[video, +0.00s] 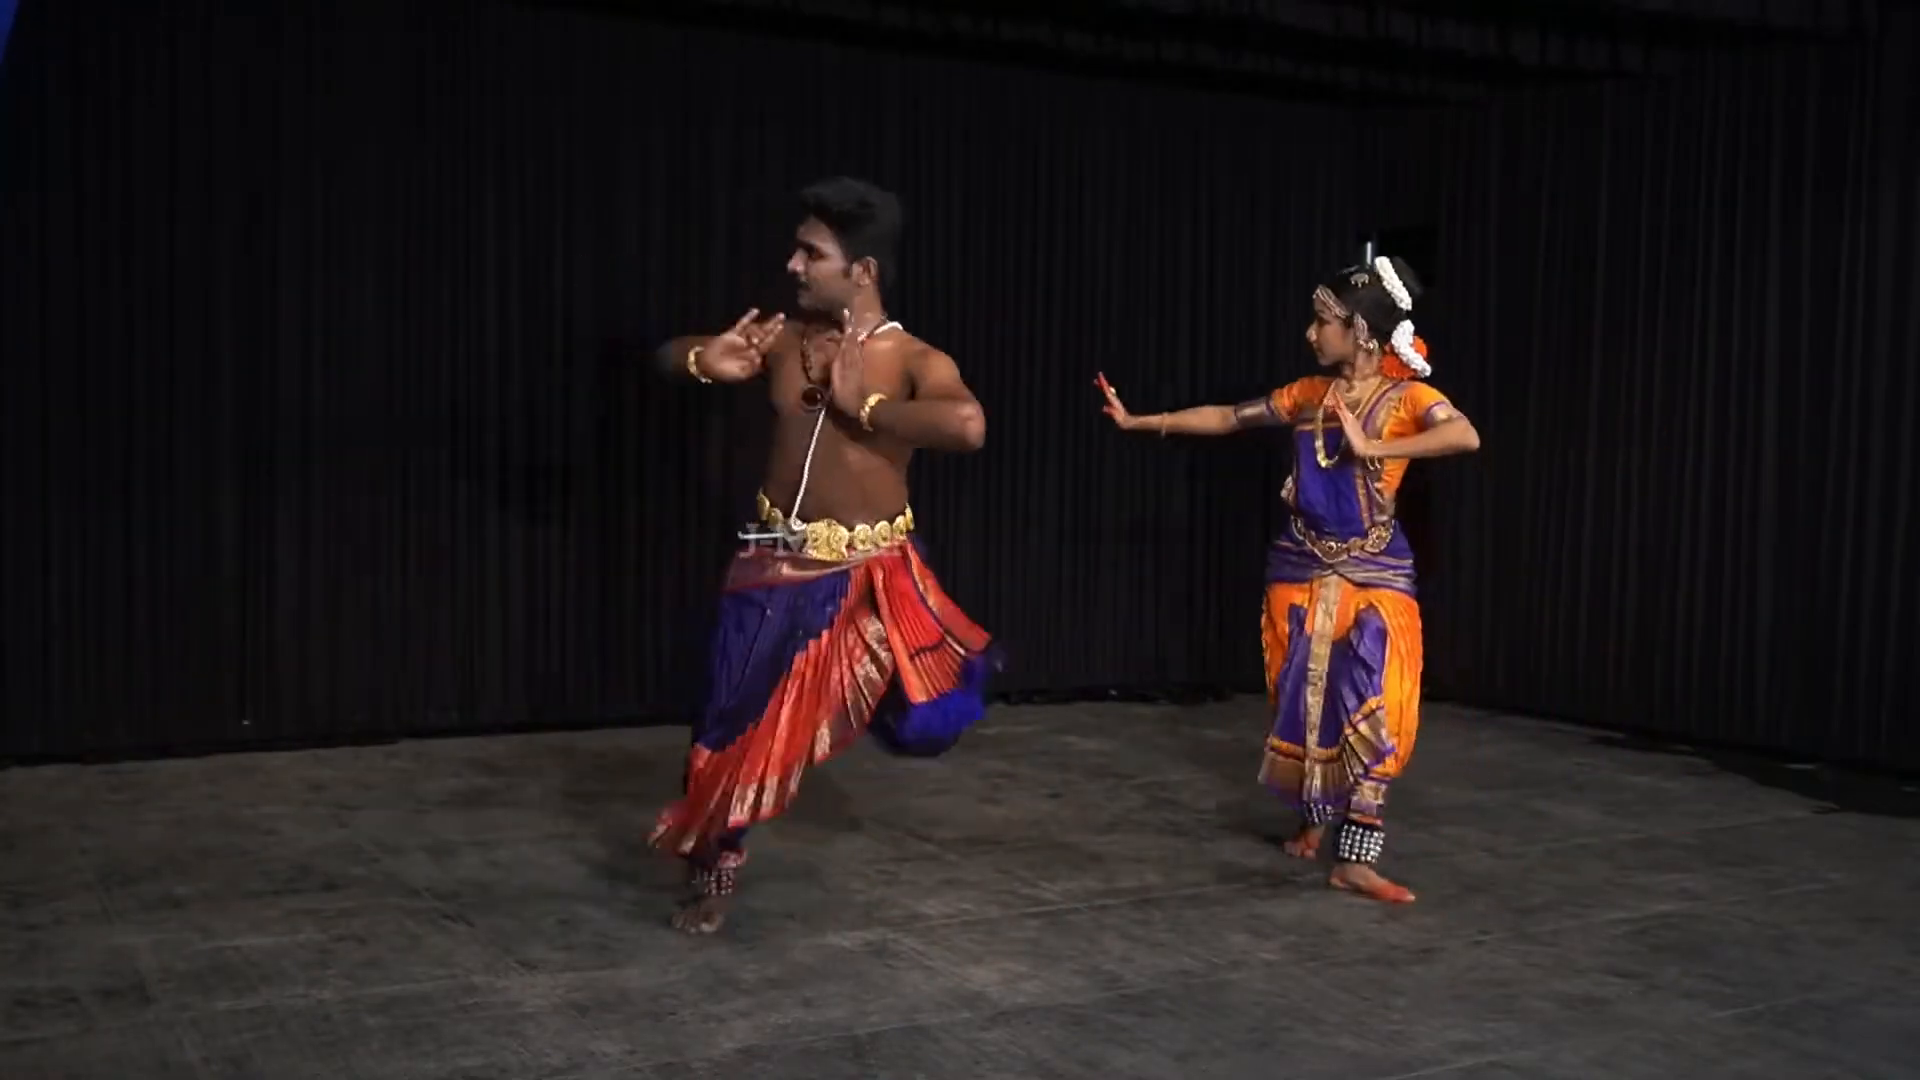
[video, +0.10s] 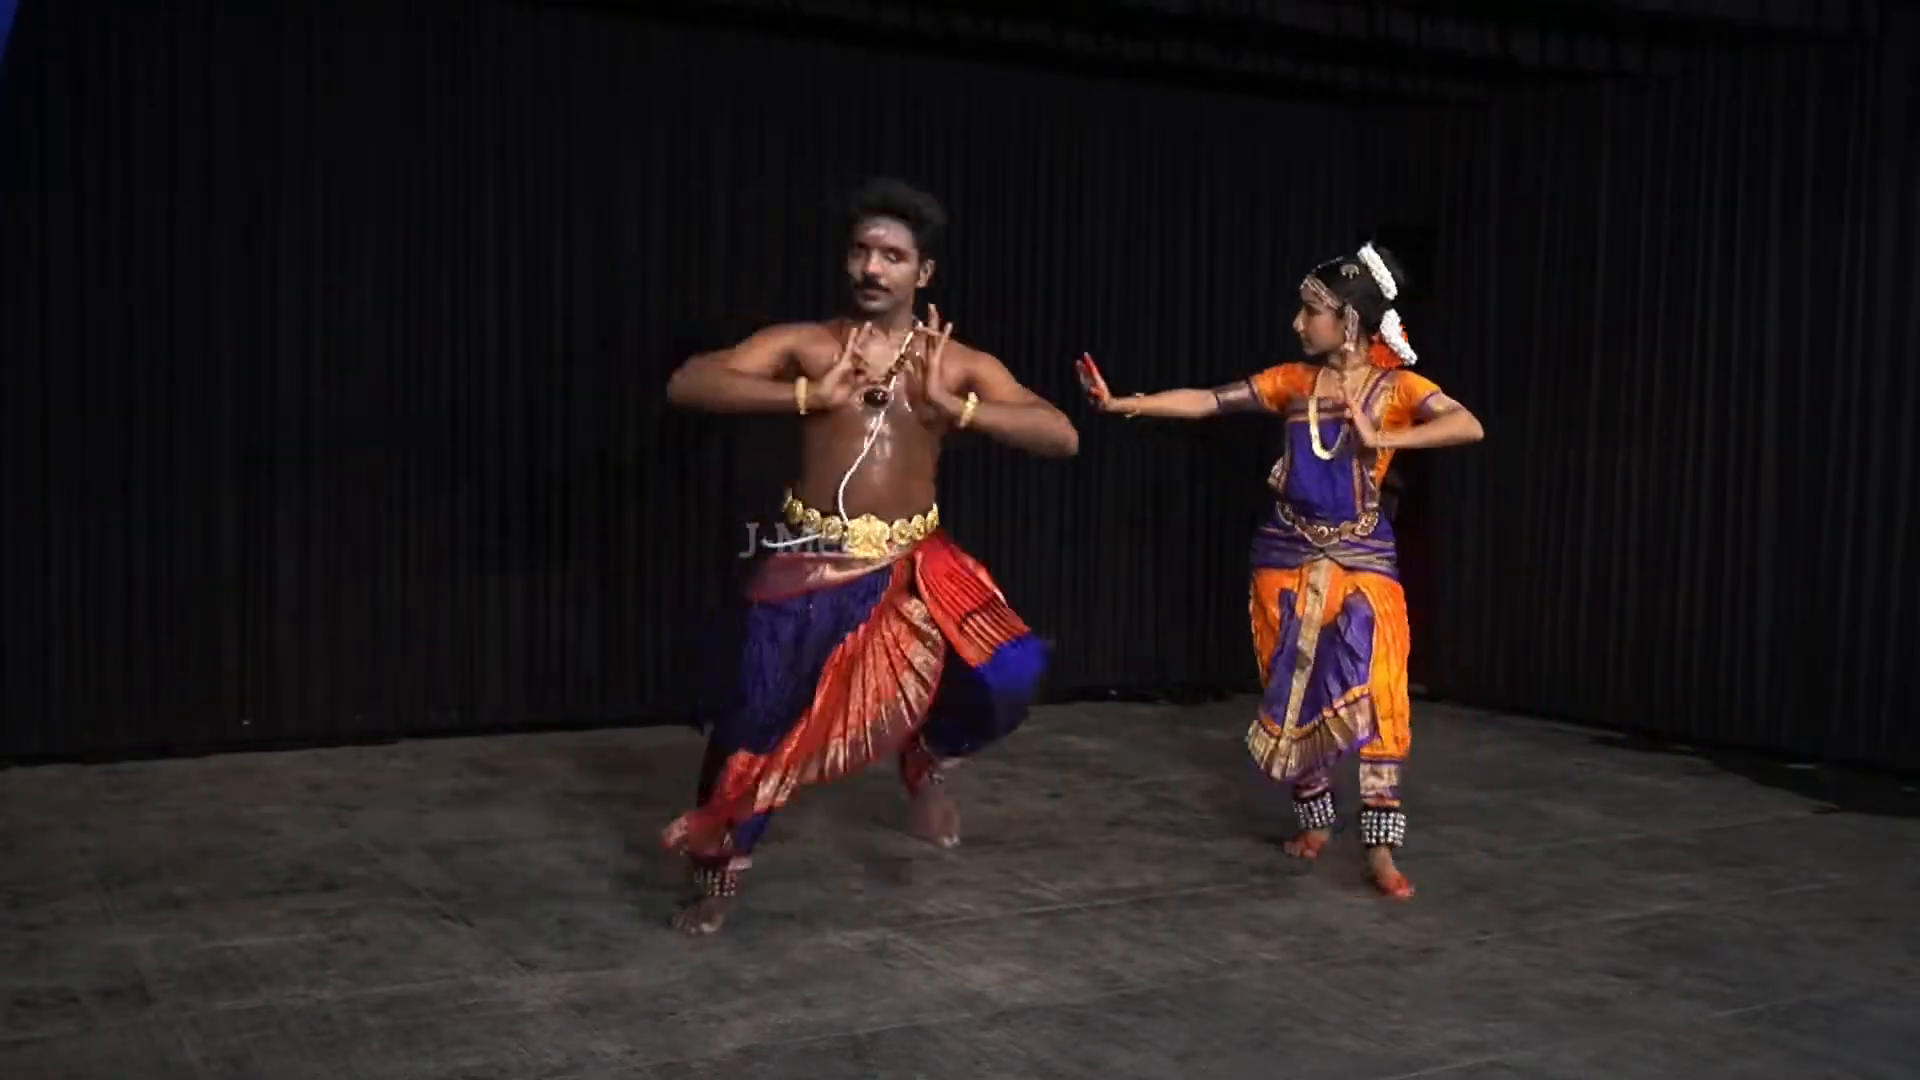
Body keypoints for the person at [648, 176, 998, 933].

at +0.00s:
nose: (794, 263)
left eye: (812, 253)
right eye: (797, 249)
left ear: (862, 270)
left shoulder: (911, 358)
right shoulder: (776, 336)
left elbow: (968, 427)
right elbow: (670, 355)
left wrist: (866, 408)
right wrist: (703, 359)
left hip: (865, 570)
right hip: (772, 560)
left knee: (913, 732)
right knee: (735, 707)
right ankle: (718, 864)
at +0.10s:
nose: (869, 268)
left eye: (890, 256)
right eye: (860, 252)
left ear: (923, 273)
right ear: (846, 261)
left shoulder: (958, 363)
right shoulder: (806, 343)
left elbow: (1063, 437)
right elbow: (688, 384)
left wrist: (963, 412)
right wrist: (806, 395)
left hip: (911, 561)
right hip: (810, 559)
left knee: (1010, 674)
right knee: (758, 715)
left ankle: (927, 760)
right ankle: (721, 867)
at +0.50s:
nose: (1163, 399)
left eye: (1166, 383)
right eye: (1146, 383)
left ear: (1141, 391)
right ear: (1092, 387)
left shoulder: (1126, 462)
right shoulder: (1072, 467)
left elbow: (1218, 506)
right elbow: (1230, 503)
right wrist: (1375, 512)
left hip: (1108, 679)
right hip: (1022, 687)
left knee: (1257, 752)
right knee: (866, 825)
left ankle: (1194, 934)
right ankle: (698, 852)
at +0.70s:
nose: (1222, 434)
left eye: (1223, 415)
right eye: (1202, 416)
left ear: (1209, 422)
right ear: (1146, 427)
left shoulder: (1208, 489)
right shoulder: (1112, 504)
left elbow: (1294, 522)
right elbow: (1236, 533)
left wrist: (1443, 542)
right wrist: (1374, 536)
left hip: (1158, 712)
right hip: (1059, 718)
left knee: (1301, 781)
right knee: (903, 806)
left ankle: (1184, 927)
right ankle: (729, 855)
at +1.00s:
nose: (1217, 376)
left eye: (1229, 360)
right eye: (1197, 361)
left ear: (1246, 371)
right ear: (1156, 373)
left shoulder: (1281, 469)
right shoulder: (1103, 459)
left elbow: (1387, 538)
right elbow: (1003, 519)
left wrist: (1285, 549)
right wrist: (1104, 548)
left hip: (1224, 685)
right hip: (1108, 680)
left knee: (1320, 808)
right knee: (975, 787)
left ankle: (1199, 926)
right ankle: (817, 888)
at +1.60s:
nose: (1162, 278)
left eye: (1176, 260)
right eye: (1145, 266)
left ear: (1210, 265)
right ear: (1130, 284)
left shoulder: (1265, 308)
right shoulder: (1124, 398)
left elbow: (1301, 158)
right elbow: (1093, 531)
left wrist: (1310, 27)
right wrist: (1188, 552)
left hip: (1298, 566)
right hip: (1187, 576)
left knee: (1283, 762)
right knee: (1072, 697)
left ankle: (1223, 931)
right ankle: (1063, 901)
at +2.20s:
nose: (1092, 347)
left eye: (1095, 325)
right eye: (1082, 334)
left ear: (1141, 294)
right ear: (1118, 315)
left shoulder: (1226, 291)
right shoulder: (1145, 415)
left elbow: (1127, 184)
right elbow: (1180, 538)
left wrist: (1010, 201)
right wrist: (1283, 543)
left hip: (1322, 536)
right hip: (1227, 545)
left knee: (1290, 753)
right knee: (1070, 565)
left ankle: (1221, 925)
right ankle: (1194, 718)